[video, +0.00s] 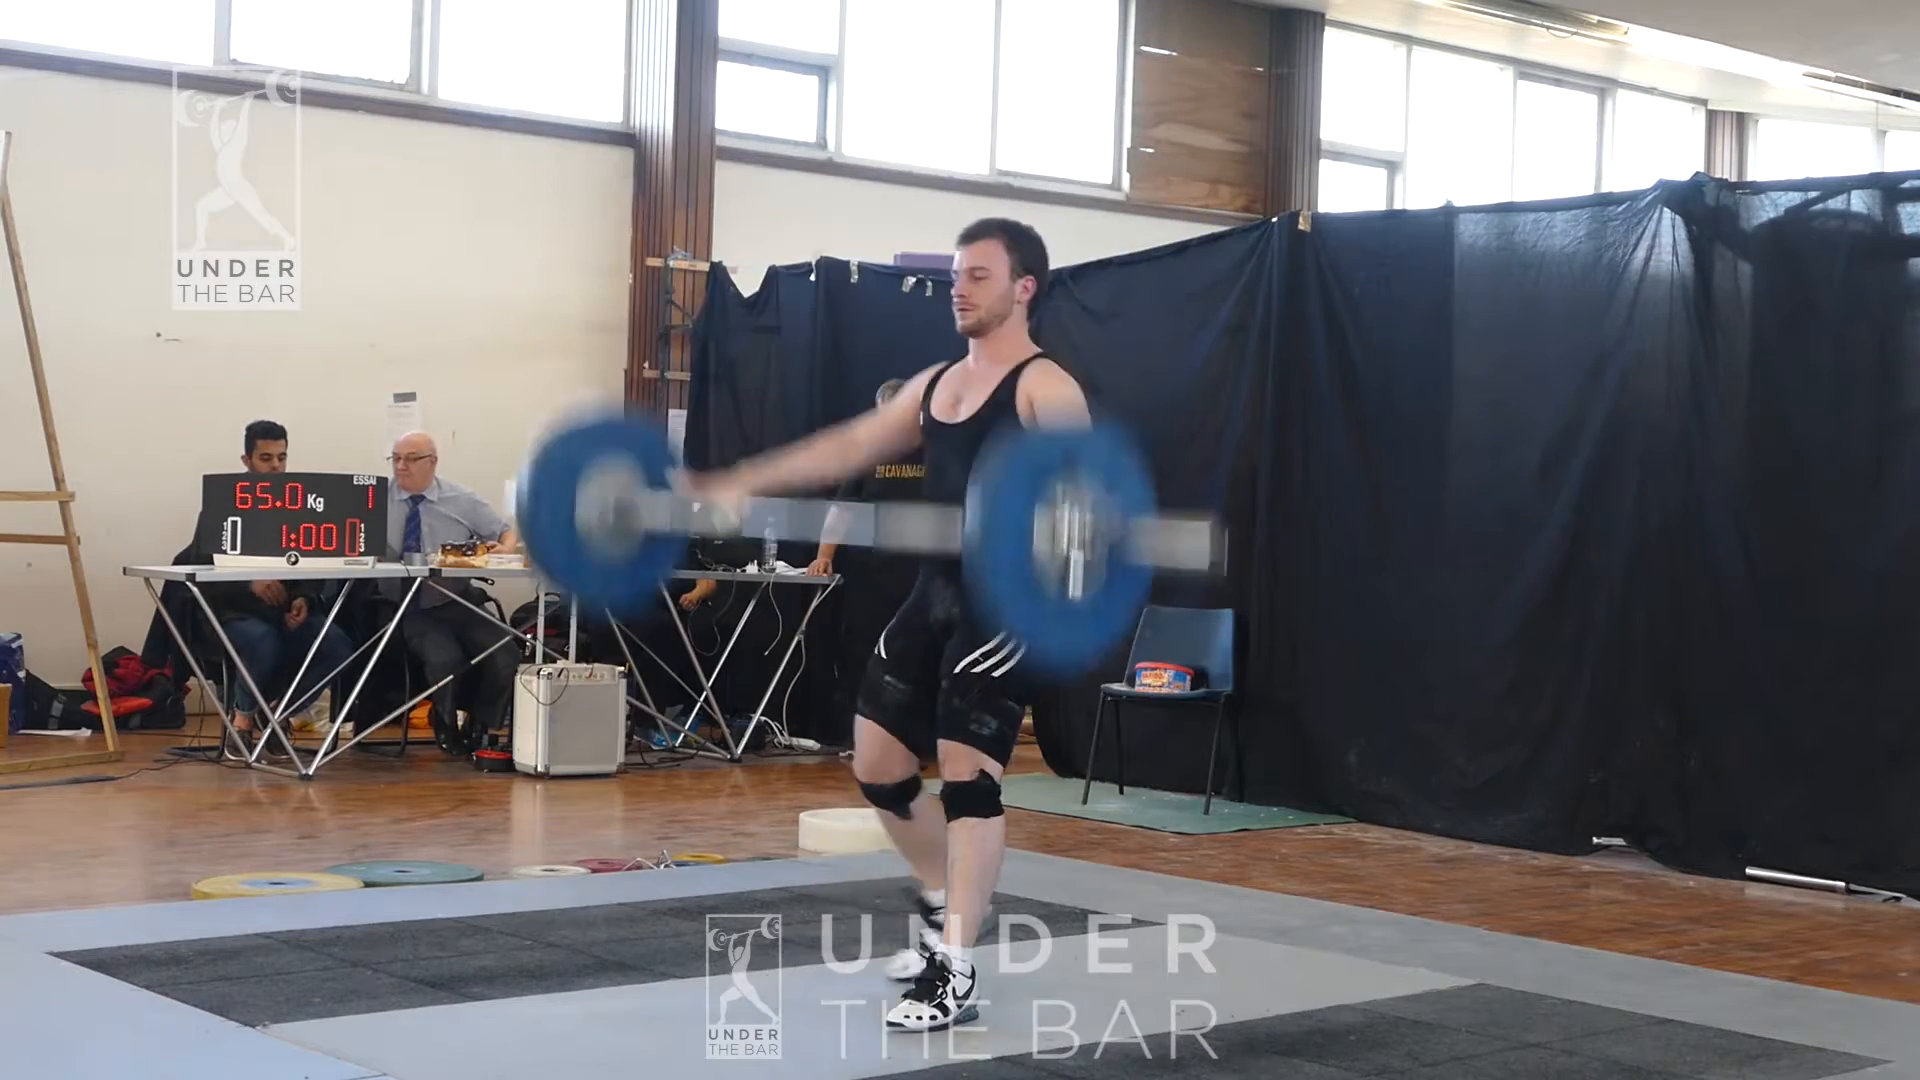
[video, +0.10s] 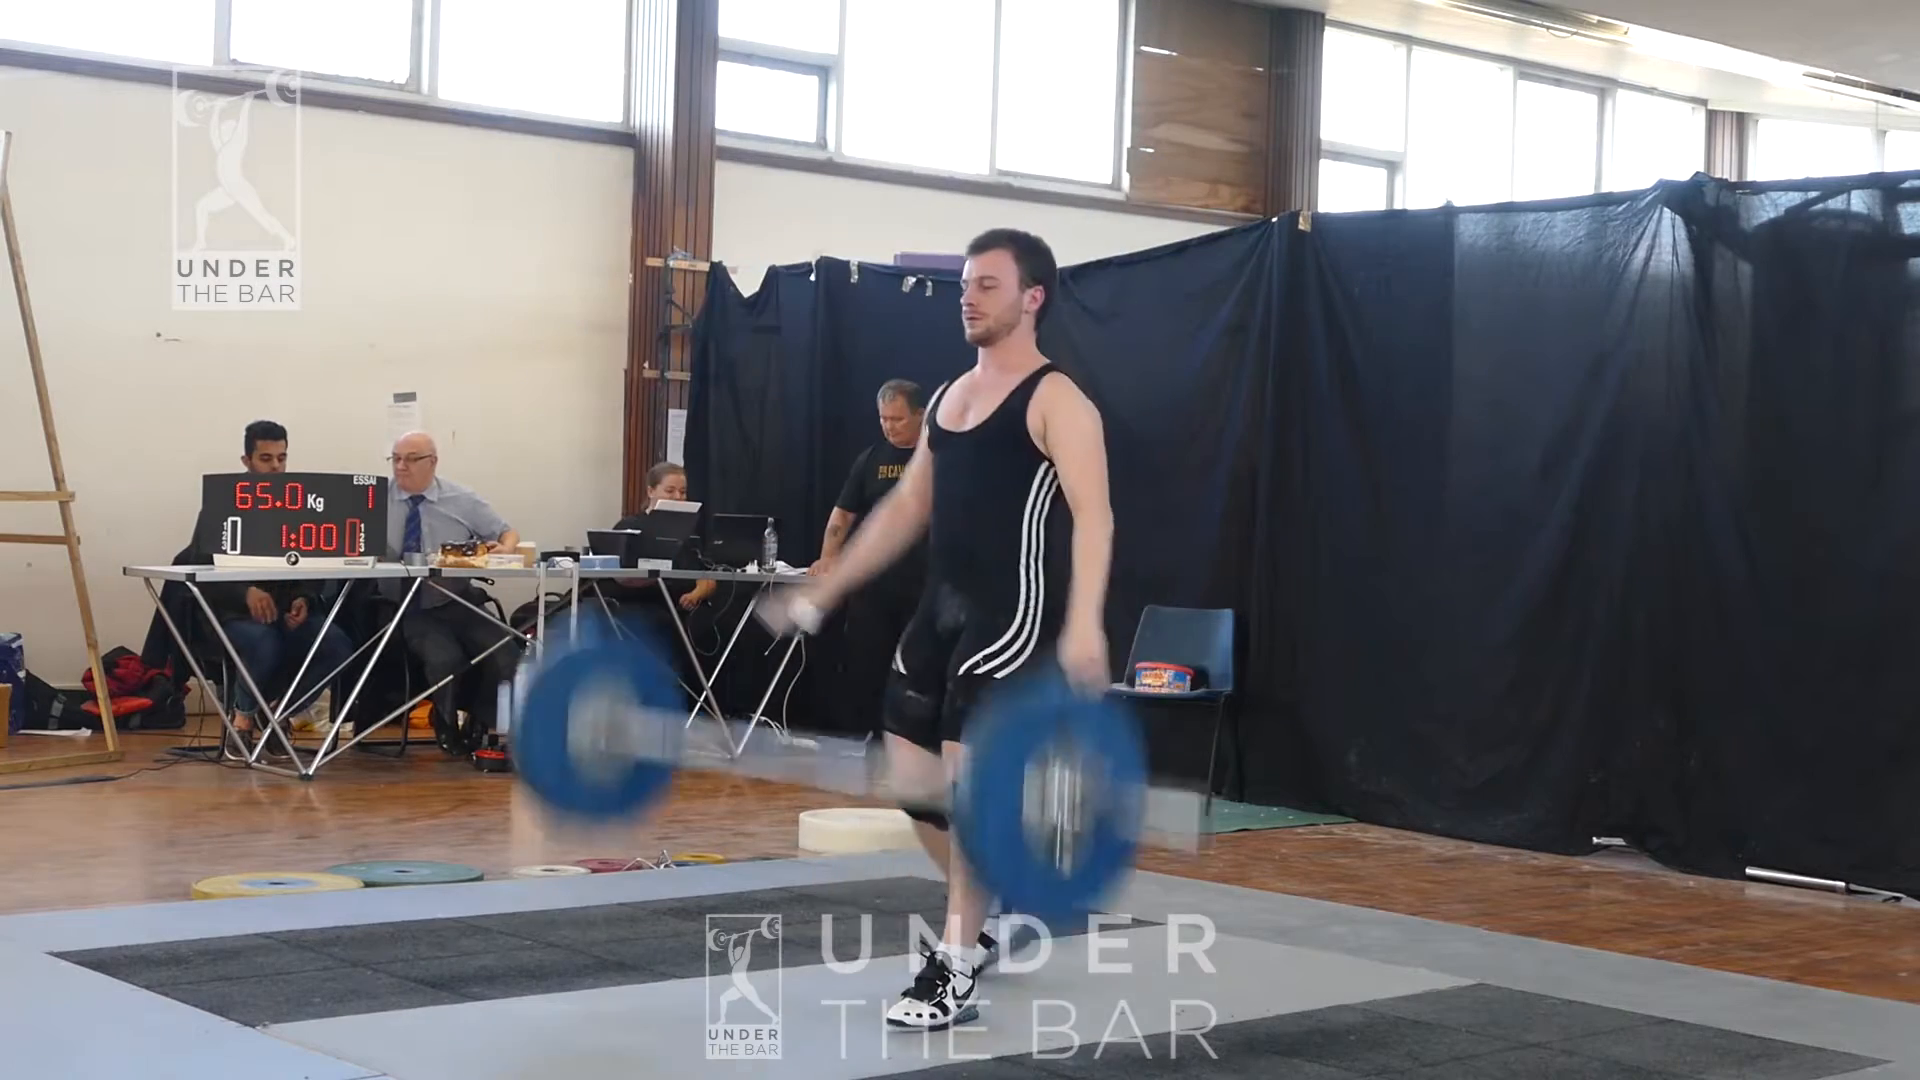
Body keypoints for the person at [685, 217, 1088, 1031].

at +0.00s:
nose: (959, 289)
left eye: (977, 276)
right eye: (957, 276)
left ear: (1024, 289)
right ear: (959, 287)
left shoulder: (1046, 386)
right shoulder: (934, 385)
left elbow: (1088, 498)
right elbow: (846, 448)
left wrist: (1060, 557)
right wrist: (734, 482)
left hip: (1008, 601)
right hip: (937, 593)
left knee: (966, 768)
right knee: (880, 763)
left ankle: (955, 972)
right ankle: (947, 906)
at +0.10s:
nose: (968, 298)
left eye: (986, 285)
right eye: (965, 286)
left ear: (1033, 299)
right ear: (967, 297)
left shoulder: (1058, 402)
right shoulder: (952, 396)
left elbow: (1094, 517)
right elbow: (906, 508)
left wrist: (1084, 624)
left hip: (1013, 633)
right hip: (937, 624)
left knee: (975, 789)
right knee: (913, 784)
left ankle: (957, 962)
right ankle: (1004, 909)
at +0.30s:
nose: (981, 298)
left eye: (998, 285)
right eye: (978, 285)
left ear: (1044, 295)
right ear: (980, 295)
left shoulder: (1084, 393)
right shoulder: (970, 394)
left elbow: (1135, 498)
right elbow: (958, 512)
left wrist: (1149, 610)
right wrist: (944, 614)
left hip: (1056, 620)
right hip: (981, 612)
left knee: (972, 757)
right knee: (972, 763)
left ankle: (992, 938)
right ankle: (1010, 920)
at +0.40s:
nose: (991, 301)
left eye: (1006, 287)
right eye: (986, 288)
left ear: (1053, 290)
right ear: (987, 294)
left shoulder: (1092, 380)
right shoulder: (981, 389)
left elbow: (1160, 473)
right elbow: (971, 494)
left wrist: (1146, 584)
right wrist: (957, 590)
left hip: (1071, 614)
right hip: (994, 612)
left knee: (1056, 766)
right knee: (984, 762)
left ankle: (1061, 938)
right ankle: (1002, 930)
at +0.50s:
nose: (1002, 313)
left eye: (1016, 299)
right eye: (996, 300)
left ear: (1061, 296)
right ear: (995, 303)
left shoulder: (1106, 380)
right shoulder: (998, 390)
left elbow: (1185, 468)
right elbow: (996, 496)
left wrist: (1168, 583)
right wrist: (1002, 578)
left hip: (1095, 606)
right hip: (1017, 603)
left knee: (1081, 761)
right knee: (1003, 756)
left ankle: (1127, 923)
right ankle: (1005, 927)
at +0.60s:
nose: (1011, 346)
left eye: (1022, 329)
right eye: (1003, 331)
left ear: (1067, 316)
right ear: (1001, 327)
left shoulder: (1122, 393)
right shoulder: (1021, 400)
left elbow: (1215, 470)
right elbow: (1040, 497)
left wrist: (1195, 565)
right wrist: (1023, 585)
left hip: (1122, 607)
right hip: (1043, 601)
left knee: (1121, 767)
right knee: (1022, 761)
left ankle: (1190, 909)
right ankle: (1005, 926)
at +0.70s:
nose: (1024, 398)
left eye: (1031, 380)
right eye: (1014, 385)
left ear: (1072, 358)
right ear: (1009, 376)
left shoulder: (1144, 420)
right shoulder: (1041, 428)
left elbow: (1239, 481)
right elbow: (1086, 504)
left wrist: (1227, 556)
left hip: (1175, 614)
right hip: (1095, 611)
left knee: (1161, 773)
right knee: (1055, 756)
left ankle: (1204, 921)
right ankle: (1014, 922)